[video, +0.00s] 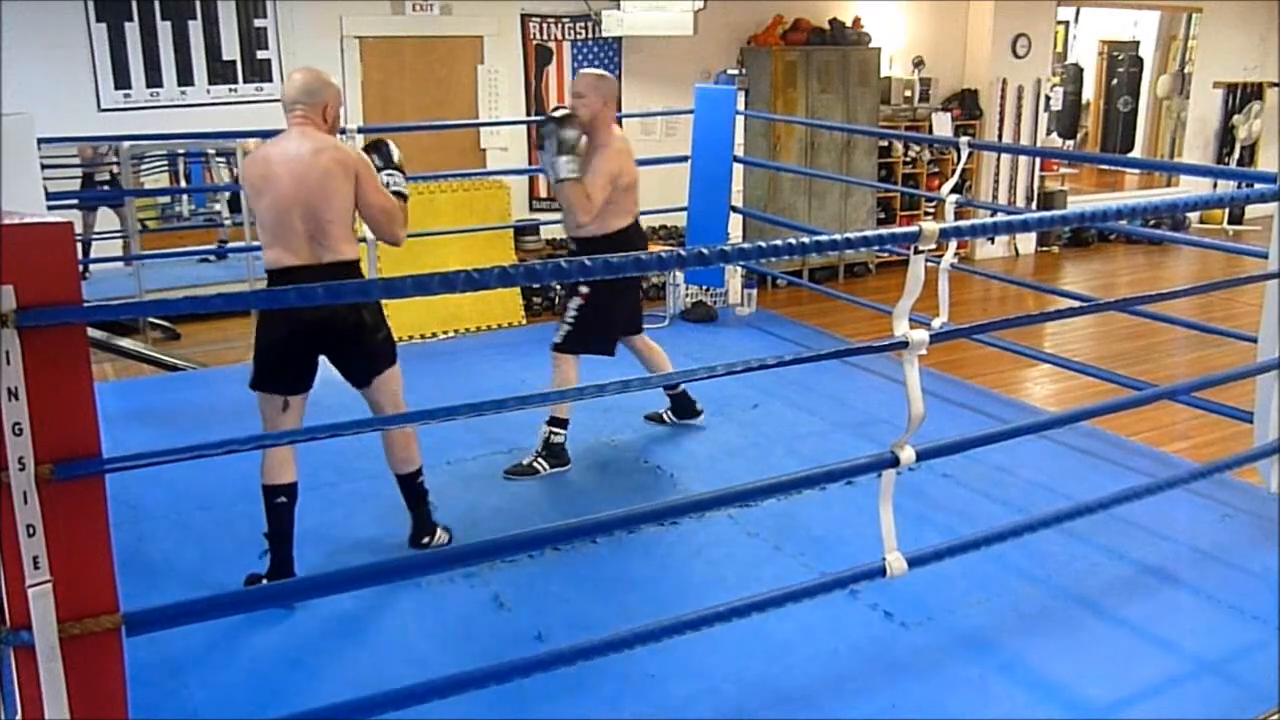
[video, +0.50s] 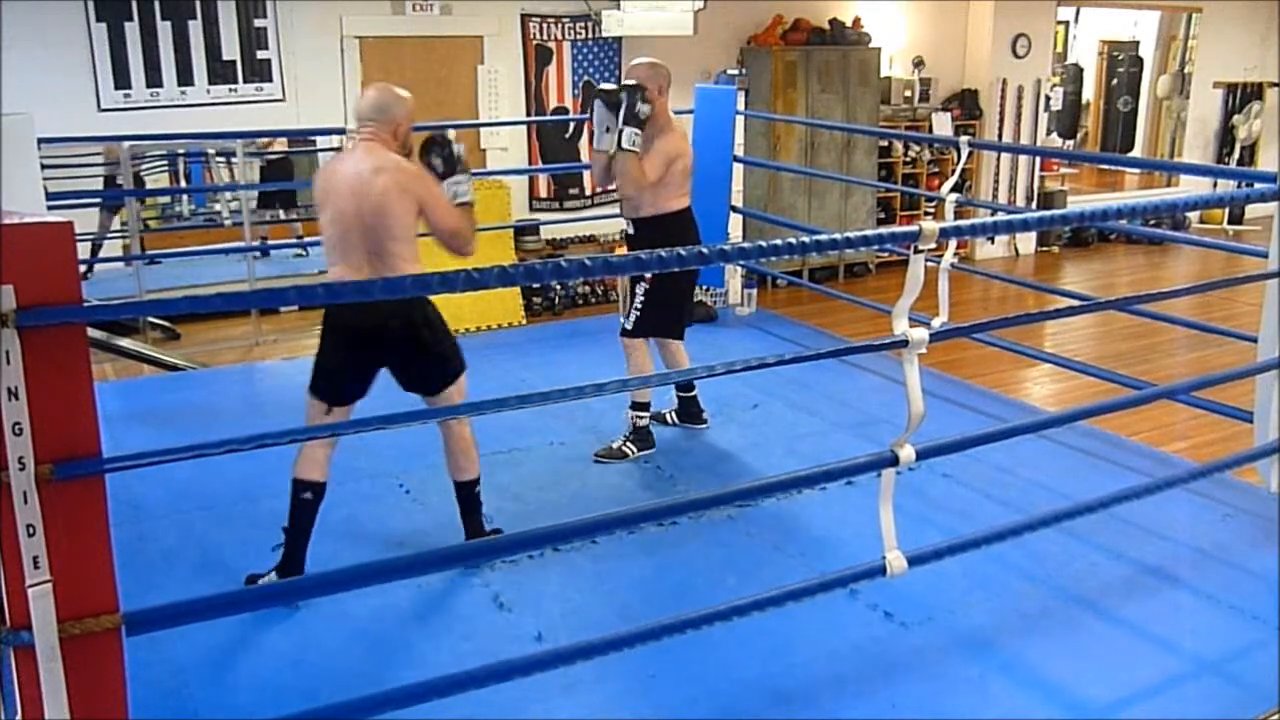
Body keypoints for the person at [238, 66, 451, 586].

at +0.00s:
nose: (341, 117)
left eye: (339, 110)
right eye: (339, 109)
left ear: (287, 110)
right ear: (329, 109)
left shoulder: (252, 161)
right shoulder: (347, 157)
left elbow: (269, 223)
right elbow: (394, 231)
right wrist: (395, 177)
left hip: (284, 312)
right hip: (349, 304)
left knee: (279, 434)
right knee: (394, 417)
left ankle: (280, 565)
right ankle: (424, 527)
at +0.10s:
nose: (342, 117)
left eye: (342, 110)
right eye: (341, 110)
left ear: (288, 108)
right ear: (329, 109)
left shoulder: (250, 161)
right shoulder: (345, 160)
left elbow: (260, 231)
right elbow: (386, 239)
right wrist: (398, 188)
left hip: (279, 312)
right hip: (347, 305)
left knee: (274, 434)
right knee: (394, 418)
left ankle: (277, 564)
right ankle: (426, 531)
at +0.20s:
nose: (350, 126)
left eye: (350, 117)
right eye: (348, 118)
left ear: (296, 117)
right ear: (332, 118)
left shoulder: (255, 172)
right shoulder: (347, 168)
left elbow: (253, 258)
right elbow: (379, 251)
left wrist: (298, 226)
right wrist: (400, 211)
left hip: (282, 320)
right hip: (349, 312)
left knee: (282, 436)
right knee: (405, 417)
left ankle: (281, 566)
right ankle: (435, 531)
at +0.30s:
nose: (364, 125)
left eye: (364, 117)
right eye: (362, 117)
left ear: (310, 116)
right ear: (347, 118)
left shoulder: (269, 171)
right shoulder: (363, 170)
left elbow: (264, 256)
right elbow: (386, 250)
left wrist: (312, 230)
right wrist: (411, 220)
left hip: (300, 319)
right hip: (364, 310)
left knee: (293, 436)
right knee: (420, 417)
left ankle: (282, 566)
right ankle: (456, 528)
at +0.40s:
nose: (384, 128)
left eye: (383, 120)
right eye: (382, 120)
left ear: (334, 120)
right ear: (367, 121)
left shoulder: (296, 172)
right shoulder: (387, 173)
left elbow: (302, 239)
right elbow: (424, 250)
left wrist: (372, 214)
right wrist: (434, 212)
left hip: (321, 314)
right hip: (386, 309)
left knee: (307, 434)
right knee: (440, 416)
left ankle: (285, 565)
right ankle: (476, 527)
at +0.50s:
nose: (411, 133)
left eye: (411, 127)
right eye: (410, 127)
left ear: (359, 124)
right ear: (397, 128)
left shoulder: (326, 174)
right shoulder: (407, 174)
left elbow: (368, 220)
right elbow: (462, 241)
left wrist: (418, 176)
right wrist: (455, 181)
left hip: (345, 318)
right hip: (406, 314)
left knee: (320, 432)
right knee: (453, 418)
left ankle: (292, 560)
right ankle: (476, 529)